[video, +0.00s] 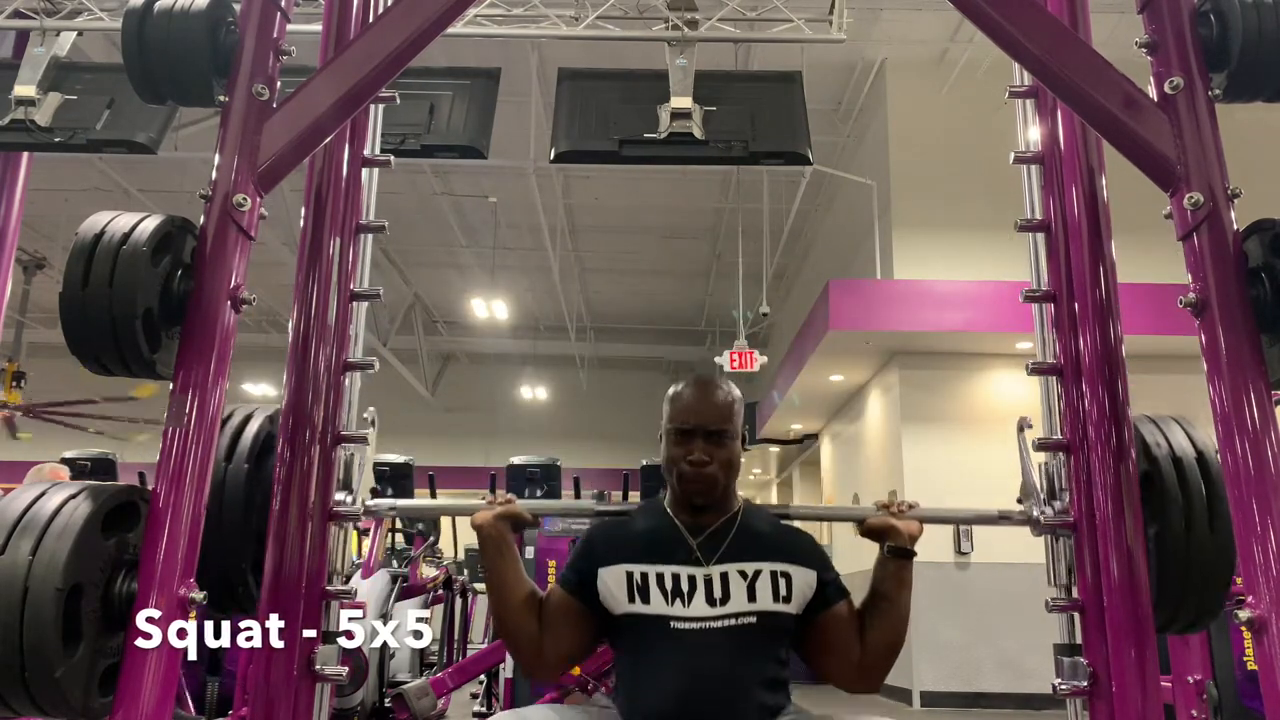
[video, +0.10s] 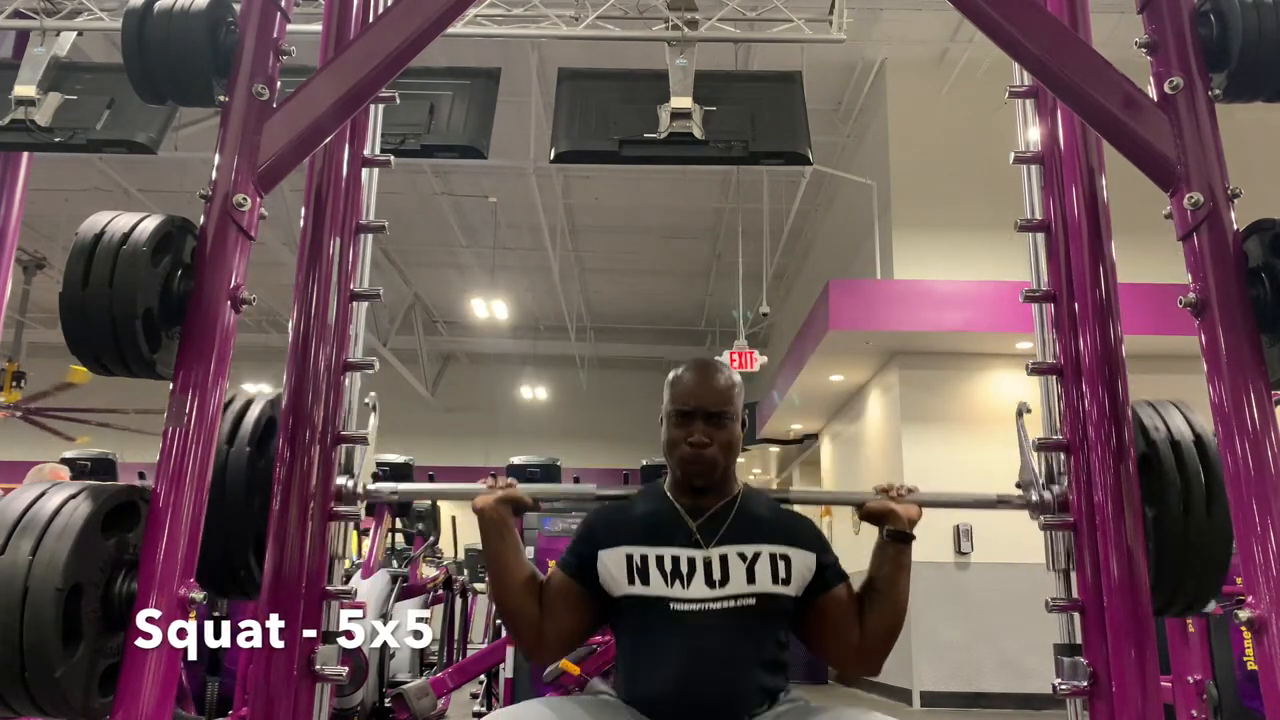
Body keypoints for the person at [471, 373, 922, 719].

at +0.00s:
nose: (697, 453)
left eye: (716, 438)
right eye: (682, 437)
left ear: (742, 447)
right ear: (662, 444)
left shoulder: (792, 552)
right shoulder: (611, 545)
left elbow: (859, 672)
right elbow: (541, 657)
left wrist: (897, 554)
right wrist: (496, 542)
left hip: (756, 714)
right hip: (646, 714)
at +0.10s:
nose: (697, 434)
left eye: (715, 419)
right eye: (683, 418)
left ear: (742, 430)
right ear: (663, 427)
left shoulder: (790, 535)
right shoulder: (613, 527)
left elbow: (859, 658)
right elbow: (542, 640)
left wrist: (895, 541)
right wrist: (497, 525)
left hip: (764, 710)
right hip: (637, 710)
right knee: (511, 719)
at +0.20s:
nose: (698, 405)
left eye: (715, 391)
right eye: (684, 390)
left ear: (741, 403)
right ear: (663, 402)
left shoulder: (789, 507)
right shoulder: (614, 500)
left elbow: (860, 625)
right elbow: (544, 613)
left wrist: (894, 514)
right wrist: (497, 498)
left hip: (768, 697)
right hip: (633, 695)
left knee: (885, 718)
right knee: (509, 717)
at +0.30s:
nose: (698, 383)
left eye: (714, 371)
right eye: (684, 370)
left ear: (740, 385)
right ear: (664, 383)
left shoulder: (786, 486)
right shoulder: (614, 483)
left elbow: (858, 605)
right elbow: (543, 590)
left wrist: (893, 492)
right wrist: (499, 483)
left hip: (768, 686)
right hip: (633, 683)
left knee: (887, 718)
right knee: (511, 718)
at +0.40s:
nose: (698, 353)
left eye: (715, 340)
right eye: (684, 339)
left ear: (741, 355)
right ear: (664, 352)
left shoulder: (787, 457)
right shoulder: (613, 452)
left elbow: (858, 575)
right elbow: (545, 561)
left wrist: (892, 464)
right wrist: (502, 456)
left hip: (768, 666)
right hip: (633, 663)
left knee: (885, 716)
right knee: (520, 714)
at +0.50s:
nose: (697, 331)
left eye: (714, 318)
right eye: (684, 316)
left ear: (741, 335)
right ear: (665, 331)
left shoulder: (785, 435)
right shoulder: (614, 432)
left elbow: (858, 551)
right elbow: (547, 539)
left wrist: (890, 443)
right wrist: (501, 432)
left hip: (766, 649)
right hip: (635, 646)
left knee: (880, 718)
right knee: (522, 714)